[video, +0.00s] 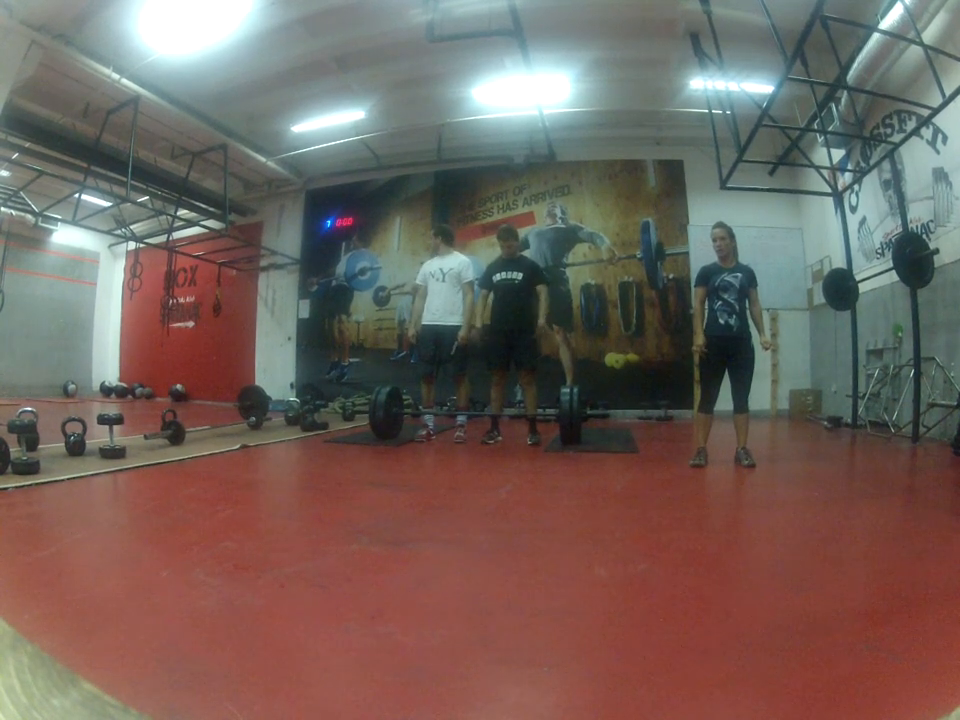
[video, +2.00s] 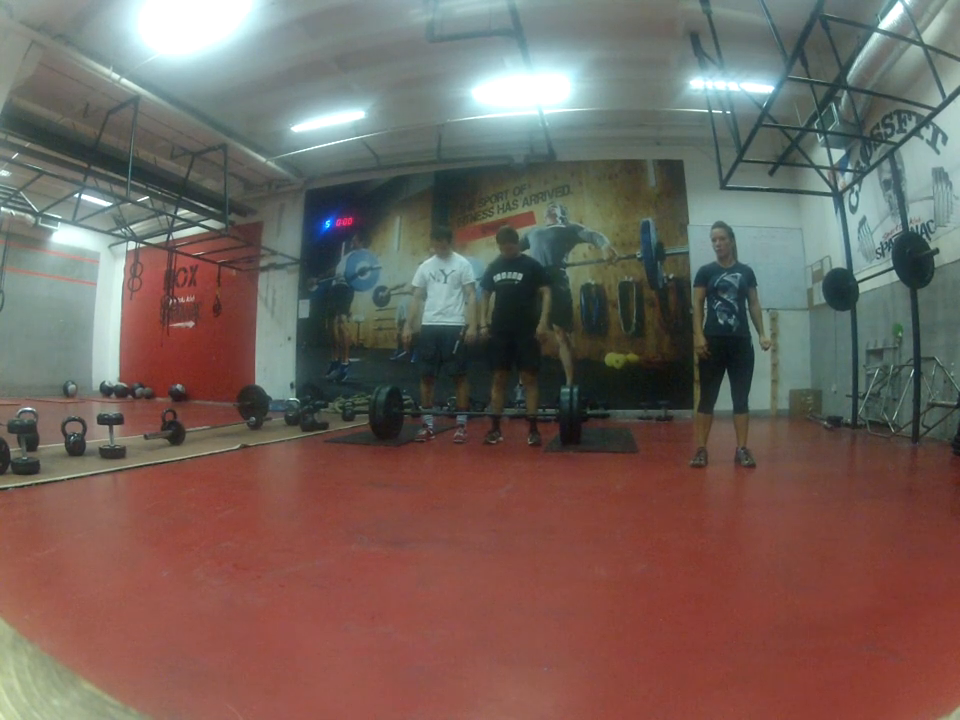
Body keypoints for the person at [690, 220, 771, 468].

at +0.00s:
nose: (718, 244)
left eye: (722, 239)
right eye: (715, 240)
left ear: (733, 241)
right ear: (711, 244)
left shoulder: (746, 272)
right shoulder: (706, 272)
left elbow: (754, 305)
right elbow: (698, 305)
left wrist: (762, 334)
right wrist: (698, 335)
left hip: (741, 343)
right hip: (713, 342)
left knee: (741, 400)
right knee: (707, 399)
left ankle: (742, 449)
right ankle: (700, 449)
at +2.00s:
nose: (718, 244)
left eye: (722, 239)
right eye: (714, 240)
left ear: (732, 241)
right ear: (711, 244)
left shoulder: (745, 272)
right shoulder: (705, 272)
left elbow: (754, 305)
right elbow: (697, 306)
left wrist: (761, 334)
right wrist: (698, 335)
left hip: (740, 343)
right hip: (712, 342)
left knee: (741, 400)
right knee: (707, 400)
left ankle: (742, 449)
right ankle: (701, 450)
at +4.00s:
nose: (718, 243)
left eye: (722, 239)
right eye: (714, 240)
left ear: (732, 241)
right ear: (711, 243)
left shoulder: (745, 272)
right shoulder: (705, 272)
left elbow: (754, 306)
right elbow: (697, 306)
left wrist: (761, 333)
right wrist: (698, 335)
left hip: (740, 343)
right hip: (712, 342)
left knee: (740, 398)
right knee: (707, 398)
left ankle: (742, 449)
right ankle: (701, 449)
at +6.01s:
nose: (707, 245)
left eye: (710, 240)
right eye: (705, 241)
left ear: (726, 241)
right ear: (709, 245)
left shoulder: (745, 271)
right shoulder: (704, 272)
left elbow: (753, 304)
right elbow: (697, 306)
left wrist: (761, 333)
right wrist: (697, 335)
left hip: (739, 342)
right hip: (711, 342)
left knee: (740, 399)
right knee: (706, 398)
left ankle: (742, 449)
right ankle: (701, 449)